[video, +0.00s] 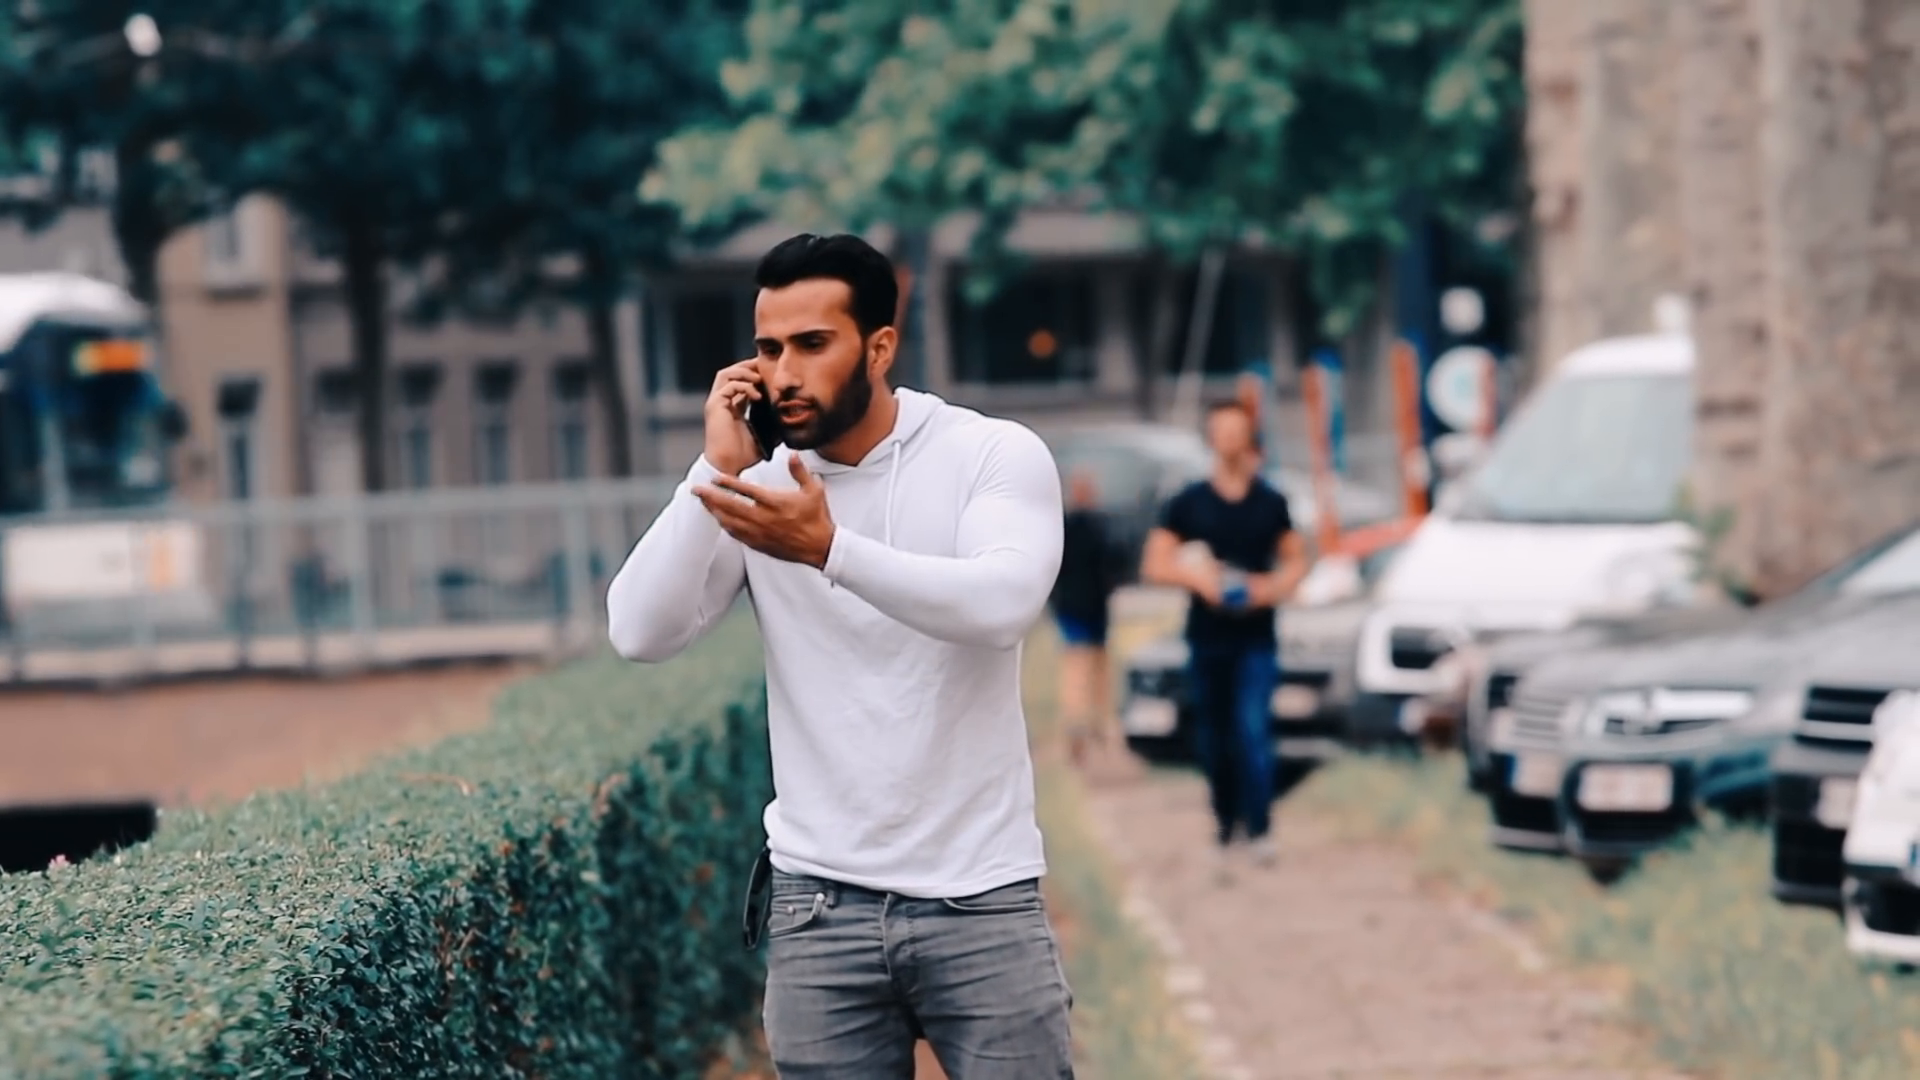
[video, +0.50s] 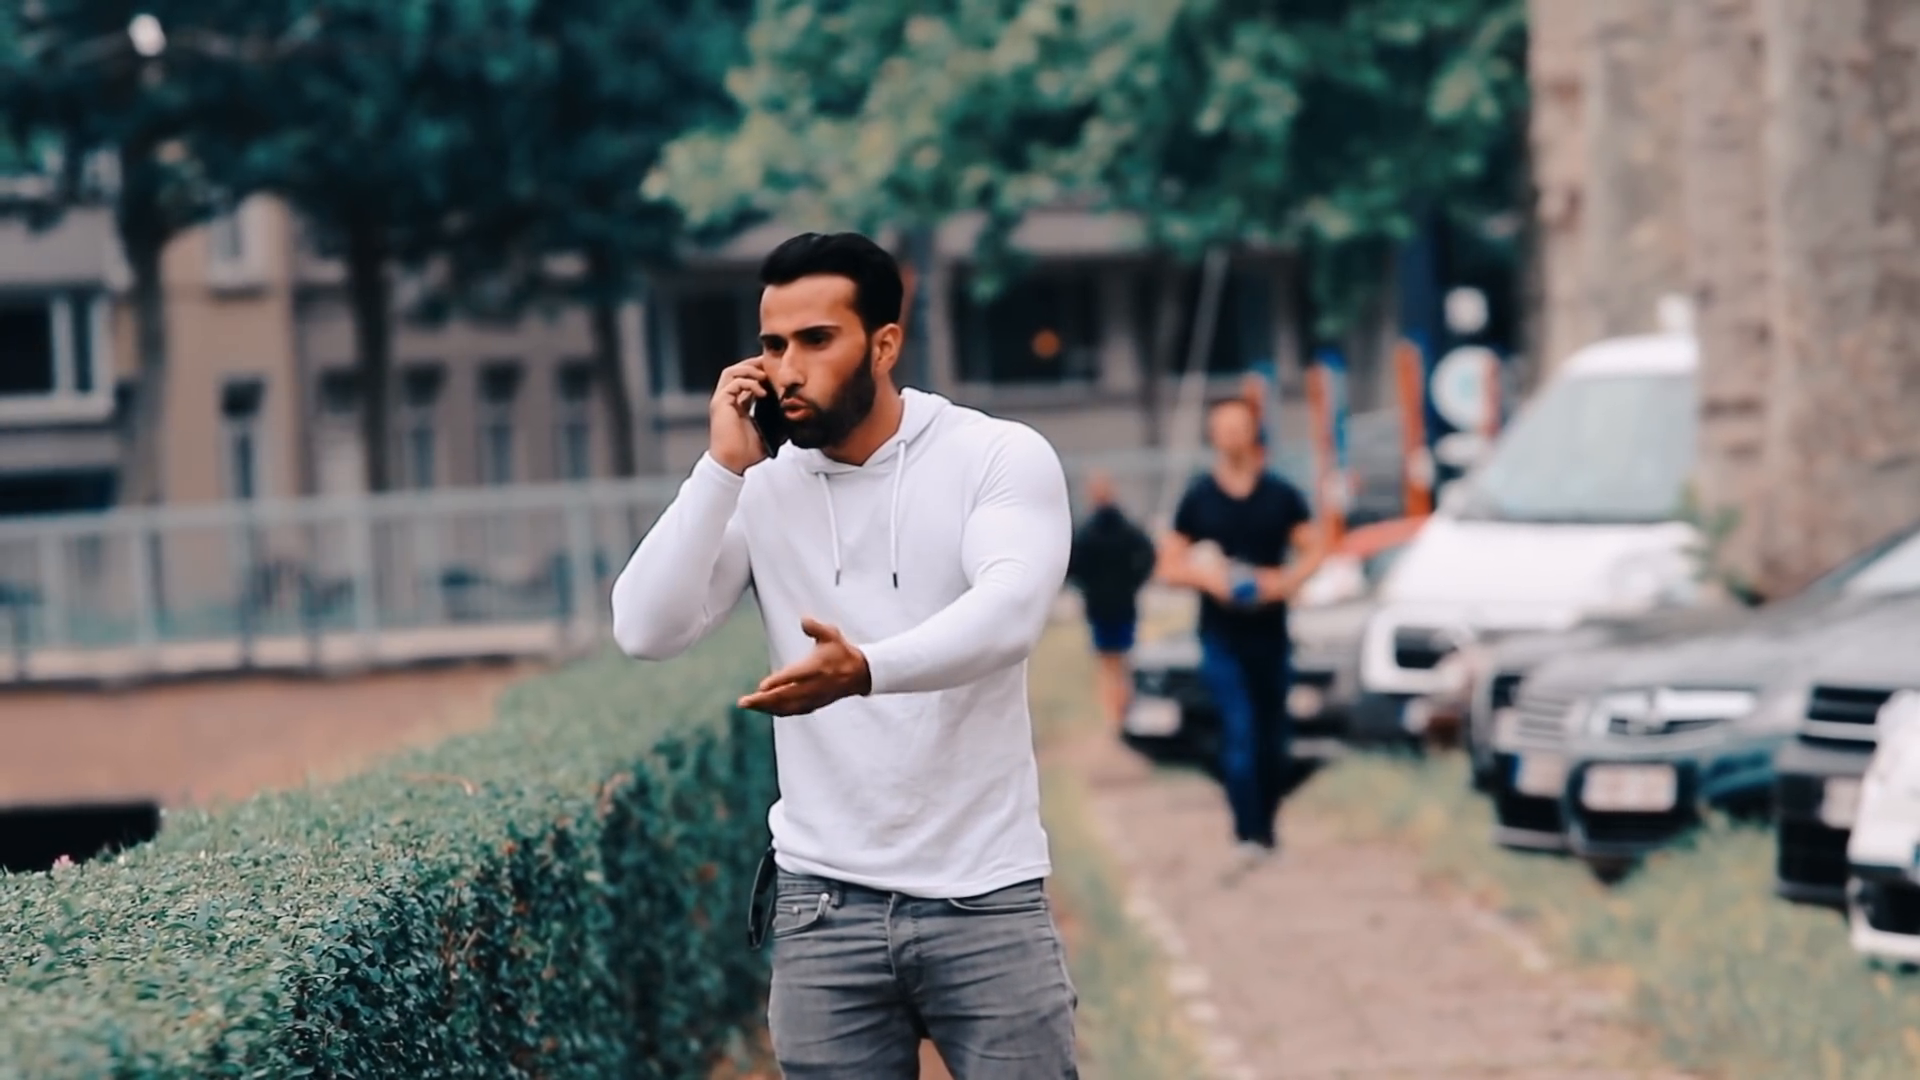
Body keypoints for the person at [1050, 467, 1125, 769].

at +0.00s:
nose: (1087, 494)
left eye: (1084, 488)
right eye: (1086, 488)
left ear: (1069, 494)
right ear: (1091, 493)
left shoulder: (1060, 523)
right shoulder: (1098, 524)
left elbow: (1051, 565)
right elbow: (1113, 561)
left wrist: (1054, 598)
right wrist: (1110, 583)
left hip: (1065, 600)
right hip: (1093, 600)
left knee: (1076, 663)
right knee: (1097, 663)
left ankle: (1075, 725)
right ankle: (1098, 724)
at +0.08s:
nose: (1091, 497)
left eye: (1088, 490)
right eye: (1093, 491)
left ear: (1074, 494)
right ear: (1100, 496)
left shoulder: (1064, 526)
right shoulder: (1104, 527)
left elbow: (1055, 563)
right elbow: (1119, 564)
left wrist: (1058, 596)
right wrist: (1120, 582)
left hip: (1069, 603)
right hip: (1099, 604)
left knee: (1078, 658)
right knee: (1100, 665)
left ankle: (1074, 710)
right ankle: (1101, 728)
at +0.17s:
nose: (1097, 502)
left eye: (1092, 496)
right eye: (1097, 496)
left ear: (1074, 502)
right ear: (1099, 502)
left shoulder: (1066, 536)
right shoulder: (1106, 536)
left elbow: (1057, 578)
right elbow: (1127, 567)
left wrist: (1067, 591)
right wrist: (1125, 582)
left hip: (1074, 614)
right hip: (1102, 613)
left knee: (1082, 681)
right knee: (1103, 682)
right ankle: (1103, 737)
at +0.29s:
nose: (1092, 495)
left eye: (1091, 490)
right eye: (1093, 489)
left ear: (1082, 495)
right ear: (1104, 493)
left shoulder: (1073, 529)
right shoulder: (1116, 525)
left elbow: (1064, 564)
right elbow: (1138, 547)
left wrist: (1070, 587)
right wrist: (1124, 573)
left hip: (1082, 601)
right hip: (1108, 599)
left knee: (1091, 656)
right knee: (1109, 658)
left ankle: (1095, 714)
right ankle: (1107, 718)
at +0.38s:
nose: (1090, 493)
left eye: (1087, 488)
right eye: (1094, 486)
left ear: (1085, 491)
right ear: (1106, 488)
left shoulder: (1078, 524)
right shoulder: (1119, 519)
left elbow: (1066, 554)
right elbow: (1144, 541)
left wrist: (1072, 570)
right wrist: (1127, 562)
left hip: (1086, 592)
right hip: (1114, 590)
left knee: (1097, 647)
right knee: (1112, 645)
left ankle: (1102, 703)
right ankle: (1112, 699)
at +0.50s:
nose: (1100, 497)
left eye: (1098, 493)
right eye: (1101, 493)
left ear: (1092, 498)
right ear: (1114, 496)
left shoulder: (1086, 533)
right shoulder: (1128, 530)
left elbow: (1073, 566)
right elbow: (1147, 554)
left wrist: (1089, 583)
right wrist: (1132, 580)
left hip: (1098, 600)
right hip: (1124, 599)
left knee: (1108, 661)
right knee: (1120, 659)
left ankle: (1114, 715)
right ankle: (1123, 709)